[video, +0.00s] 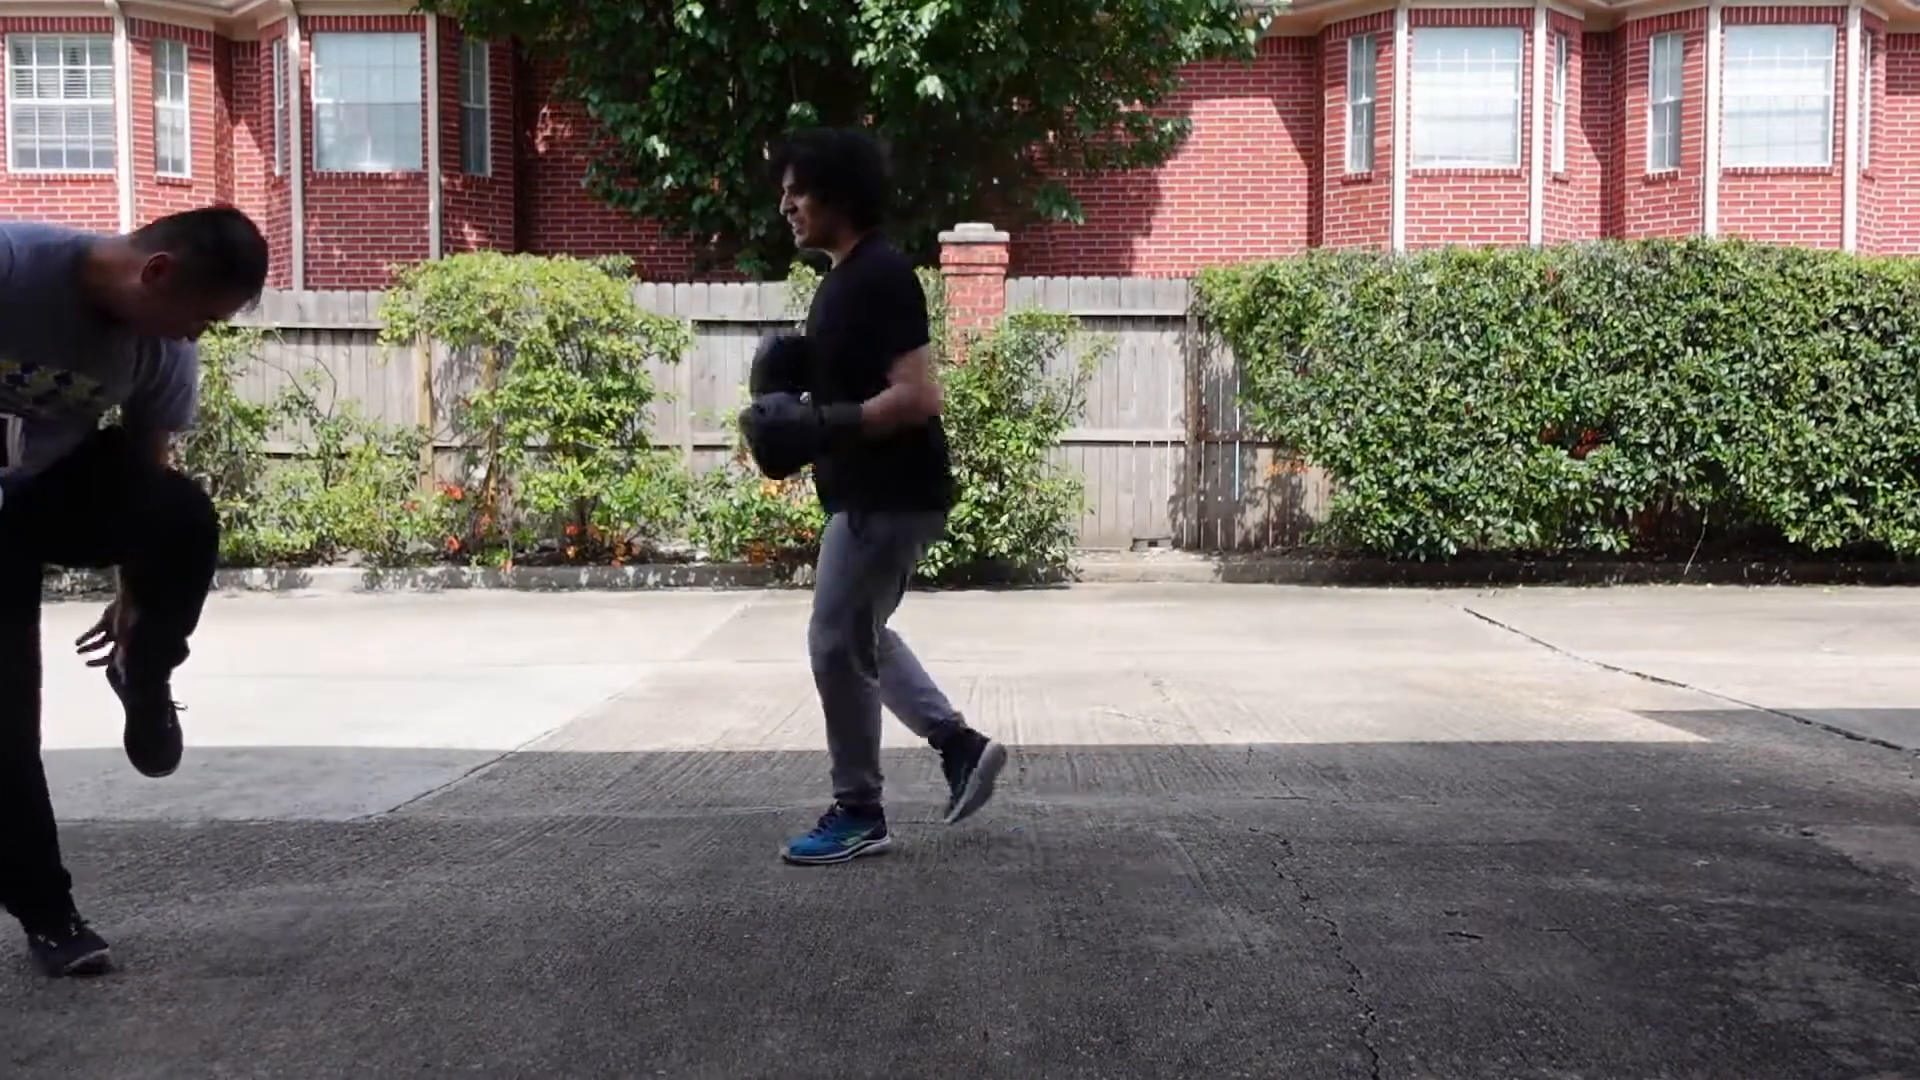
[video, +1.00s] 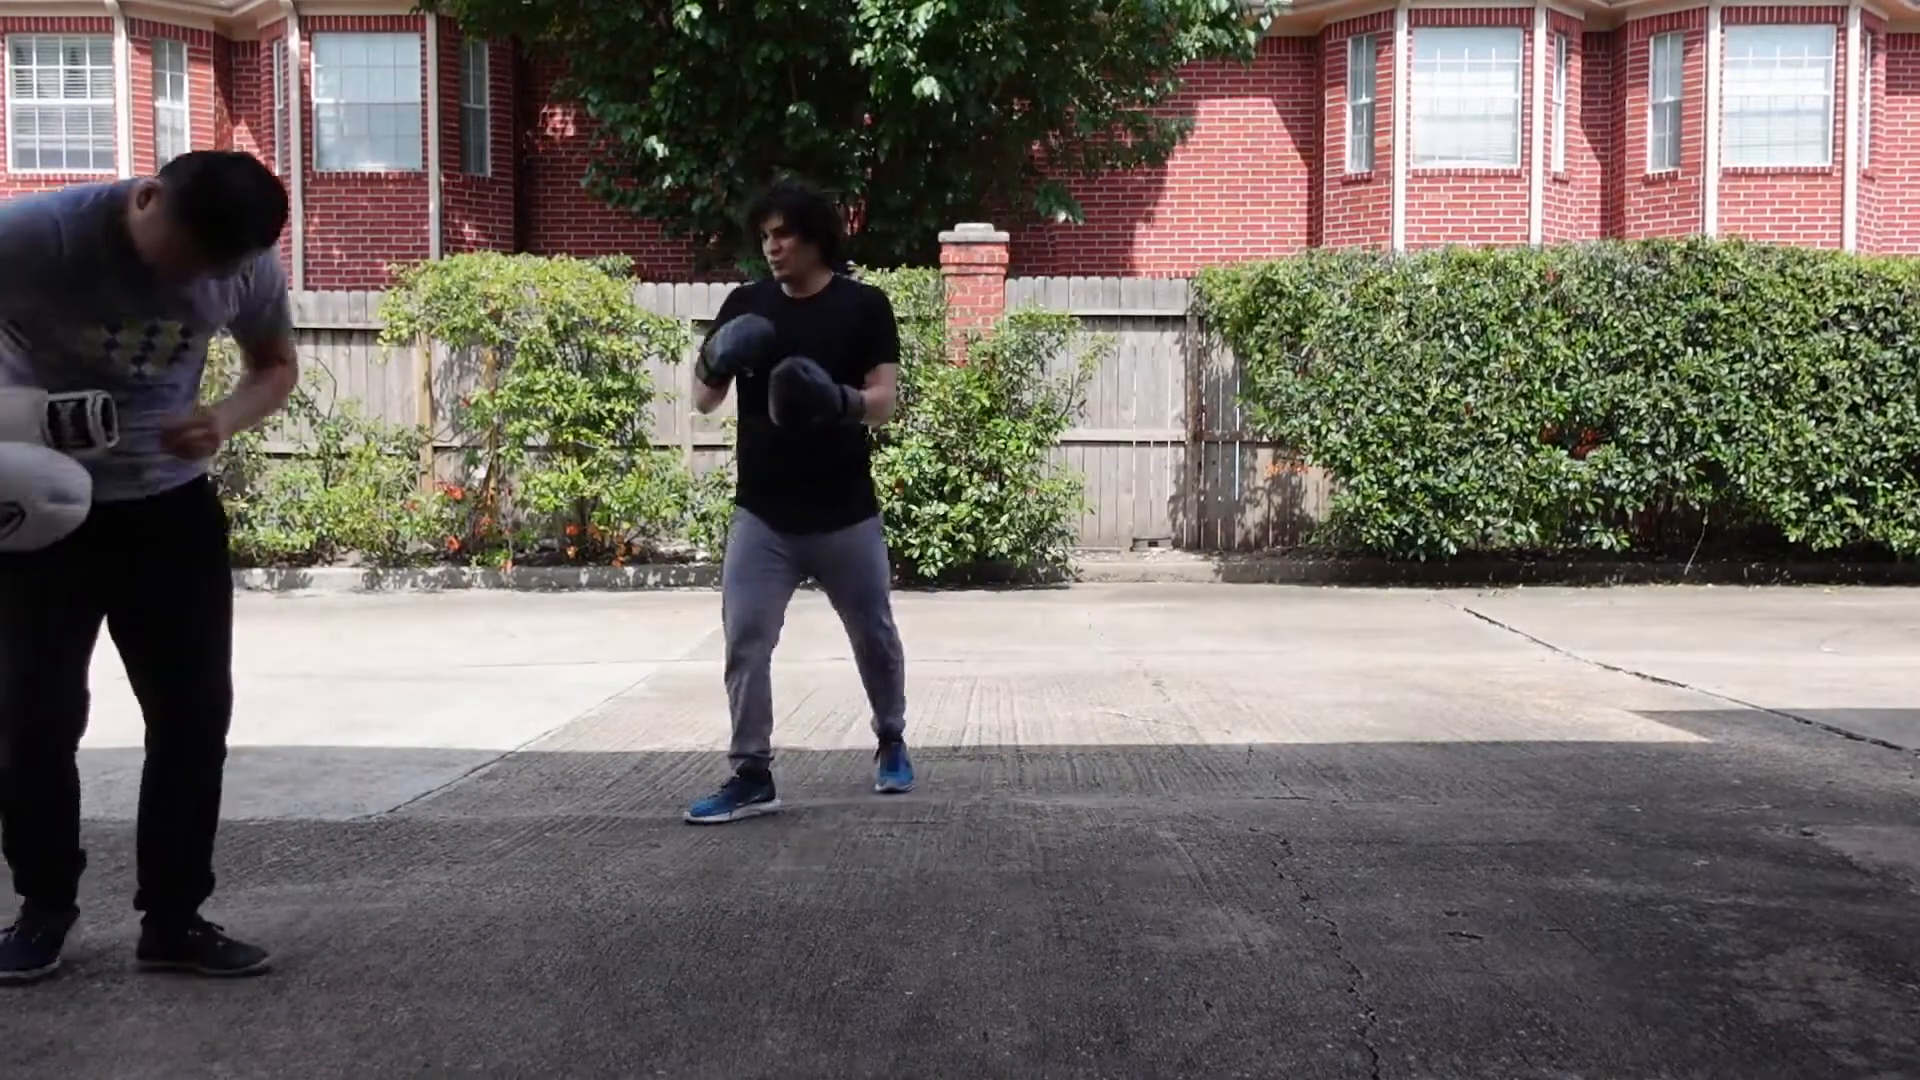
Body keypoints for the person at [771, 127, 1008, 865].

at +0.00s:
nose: (788, 208)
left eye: (799, 195)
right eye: (787, 195)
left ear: (839, 198)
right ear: (835, 204)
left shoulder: (882, 277)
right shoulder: (845, 278)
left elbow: (921, 397)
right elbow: (866, 373)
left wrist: (822, 420)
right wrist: (805, 363)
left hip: (890, 500)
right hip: (869, 496)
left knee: (834, 645)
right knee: (858, 634)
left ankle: (859, 814)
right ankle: (959, 745)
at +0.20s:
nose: (763, 195)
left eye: (774, 182)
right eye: (761, 183)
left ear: (818, 184)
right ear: (785, 188)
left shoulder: (859, 261)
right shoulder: (804, 261)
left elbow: (891, 386)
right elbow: (817, 364)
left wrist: (827, 470)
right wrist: (768, 398)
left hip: (854, 490)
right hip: (797, 483)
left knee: (830, 642)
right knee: (767, 621)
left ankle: (860, 810)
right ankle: (808, 758)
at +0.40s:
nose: (745, 218)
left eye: (755, 205)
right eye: (741, 206)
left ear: (797, 207)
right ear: (752, 212)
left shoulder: (851, 286)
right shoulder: (753, 275)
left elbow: (887, 397)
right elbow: (756, 372)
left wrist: (835, 466)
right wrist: (719, 409)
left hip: (815, 501)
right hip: (748, 494)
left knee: (819, 652)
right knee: (723, 638)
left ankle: (858, 809)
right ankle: (744, 771)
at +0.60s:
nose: (728, 231)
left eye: (740, 218)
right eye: (724, 219)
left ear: (780, 216)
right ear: (725, 223)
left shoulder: (834, 289)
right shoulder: (715, 291)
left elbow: (869, 384)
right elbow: (671, 365)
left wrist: (846, 424)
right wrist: (667, 375)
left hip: (806, 503)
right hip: (728, 503)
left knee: (825, 639)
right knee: (723, 646)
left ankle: (854, 788)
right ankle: (750, 775)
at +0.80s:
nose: (743, 229)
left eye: (754, 216)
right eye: (735, 218)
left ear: (789, 215)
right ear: (730, 224)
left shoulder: (834, 285)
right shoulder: (717, 288)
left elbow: (865, 383)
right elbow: (659, 377)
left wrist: (834, 389)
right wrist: (683, 335)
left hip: (820, 497)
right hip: (737, 502)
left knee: (856, 618)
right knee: (735, 643)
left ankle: (872, 744)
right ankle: (750, 774)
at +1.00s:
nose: (772, 248)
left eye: (784, 236)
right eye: (766, 238)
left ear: (818, 236)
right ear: (761, 243)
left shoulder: (864, 306)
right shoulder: (748, 302)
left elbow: (884, 401)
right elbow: (705, 402)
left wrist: (841, 400)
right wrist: (716, 361)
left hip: (845, 515)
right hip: (762, 514)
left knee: (876, 637)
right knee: (743, 640)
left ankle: (892, 743)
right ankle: (751, 774)